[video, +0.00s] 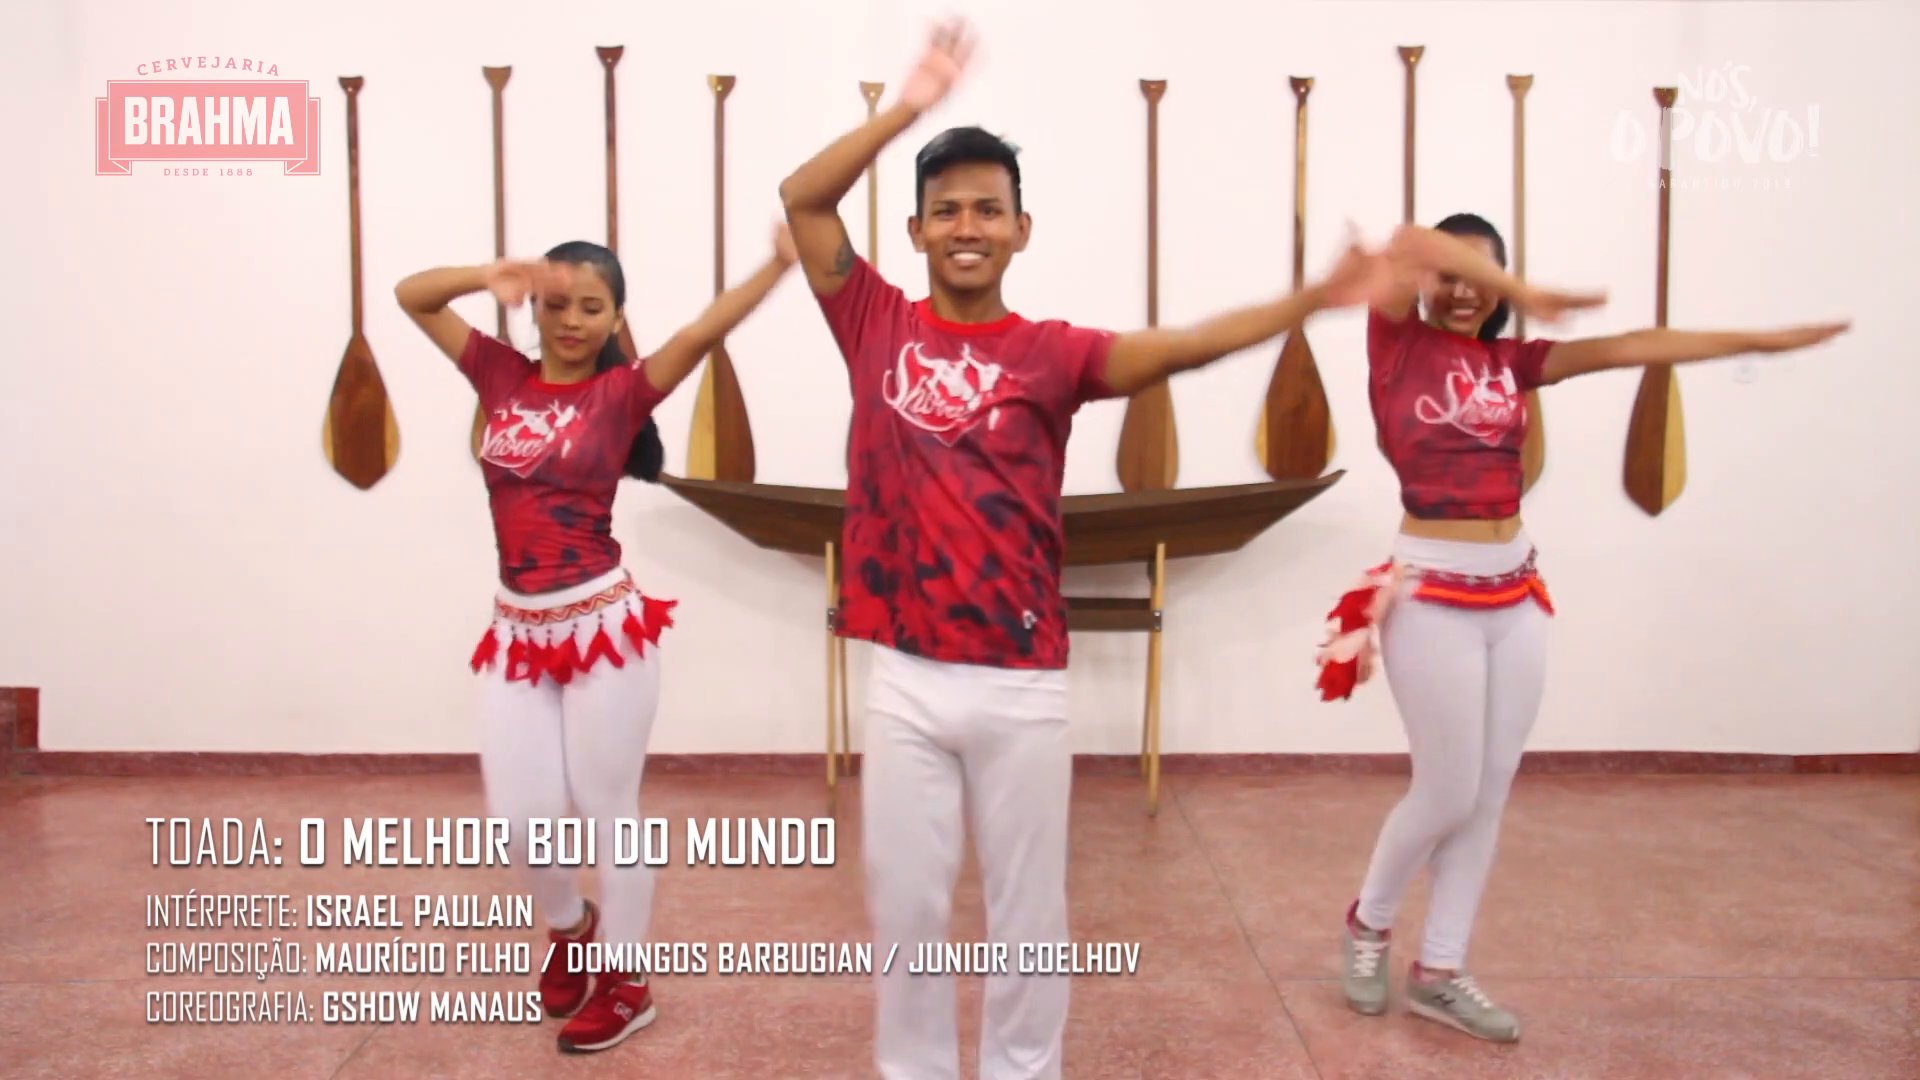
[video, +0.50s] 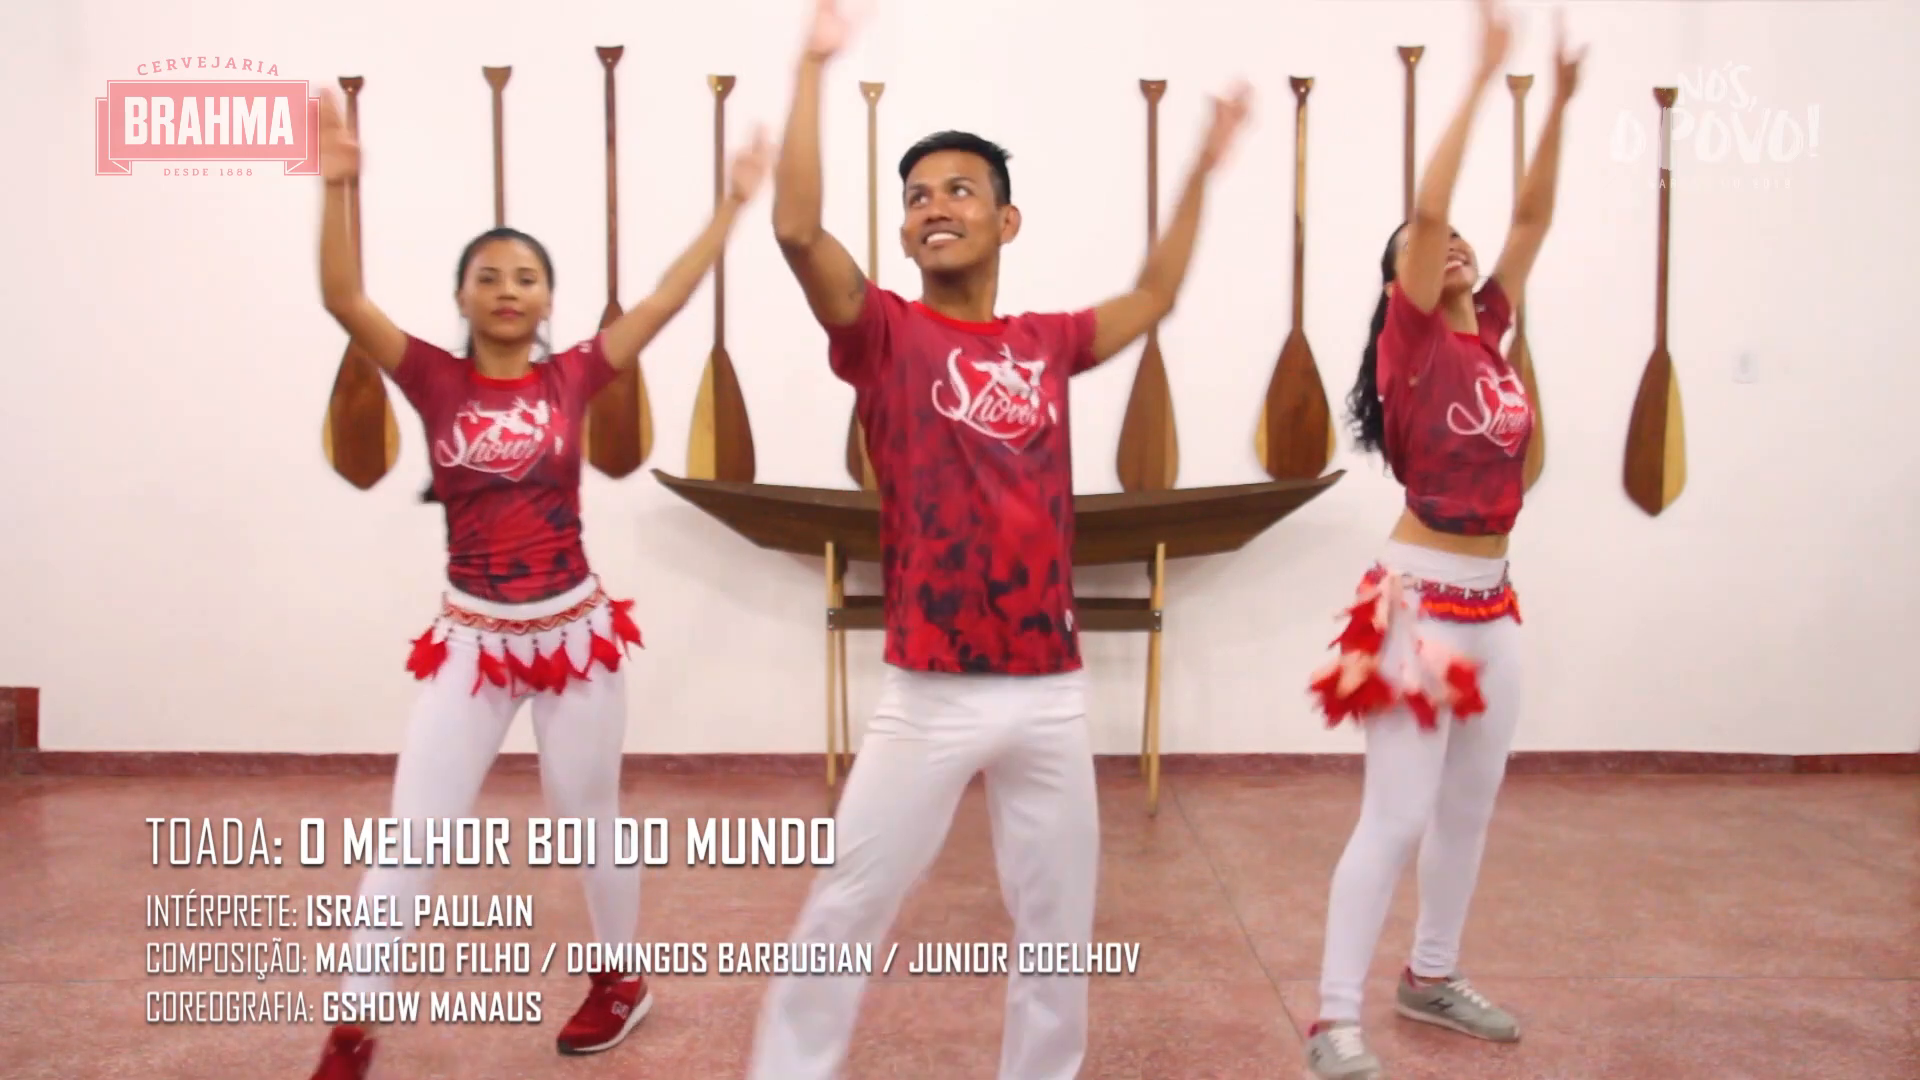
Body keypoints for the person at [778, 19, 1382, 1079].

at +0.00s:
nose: (967, 226)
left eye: (989, 209)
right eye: (948, 210)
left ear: (1021, 229)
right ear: (918, 228)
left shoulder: (1052, 352)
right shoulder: (876, 327)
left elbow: (1190, 344)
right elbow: (803, 199)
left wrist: (1321, 293)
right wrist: (901, 110)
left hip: (1022, 685)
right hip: (903, 677)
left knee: (1026, 926)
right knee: (905, 926)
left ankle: (1020, 1073)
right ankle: (913, 1075)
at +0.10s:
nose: (960, 228)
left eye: (982, 210)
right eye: (940, 210)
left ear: (1018, 236)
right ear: (912, 234)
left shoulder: (1050, 360)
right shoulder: (871, 330)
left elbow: (1200, 374)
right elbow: (801, 199)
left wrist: (1351, 332)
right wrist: (925, 142)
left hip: (1040, 685)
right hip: (919, 683)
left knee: (1039, 926)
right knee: (926, 921)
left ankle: (1022, 1072)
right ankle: (945, 1074)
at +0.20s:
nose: (948, 209)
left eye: (974, 196)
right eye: (930, 197)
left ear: (1012, 229)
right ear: (908, 226)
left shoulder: (1050, 356)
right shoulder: (872, 328)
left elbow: (1206, 373)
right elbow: (796, 201)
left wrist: (1355, 315)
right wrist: (936, 134)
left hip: (1048, 683)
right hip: (929, 682)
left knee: (1044, 928)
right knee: (925, 925)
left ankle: (1020, 1072)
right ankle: (939, 1076)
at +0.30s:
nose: (946, 208)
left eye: (969, 192)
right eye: (928, 195)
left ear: (1014, 224)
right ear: (909, 225)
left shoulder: (1060, 354)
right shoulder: (880, 335)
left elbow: (1199, 357)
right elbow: (800, 217)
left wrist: (1313, 270)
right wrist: (918, 103)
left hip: (1047, 693)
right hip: (930, 692)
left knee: (1050, 937)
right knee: (907, 922)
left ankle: (1024, 1075)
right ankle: (927, 1074)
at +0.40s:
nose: (942, 211)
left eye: (968, 196)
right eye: (926, 203)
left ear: (1013, 227)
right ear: (911, 235)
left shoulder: (1057, 353)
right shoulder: (887, 336)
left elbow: (1183, 327)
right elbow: (805, 231)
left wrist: (1263, 215)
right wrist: (870, 81)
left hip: (1050, 696)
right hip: (930, 696)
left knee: (1058, 952)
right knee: (871, 929)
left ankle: (1033, 1079)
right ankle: (873, 1077)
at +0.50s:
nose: (937, 206)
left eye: (961, 189)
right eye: (920, 194)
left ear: (1009, 221)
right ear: (902, 228)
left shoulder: (1046, 343)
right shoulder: (883, 333)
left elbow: (1155, 293)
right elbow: (799, 231)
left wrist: (1205, 166)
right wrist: (813, 60)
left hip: (1046, 693)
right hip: (925, 694)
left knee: (1059, 948)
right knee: (841, 923)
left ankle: (1039, 1079)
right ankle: (783, 1076)